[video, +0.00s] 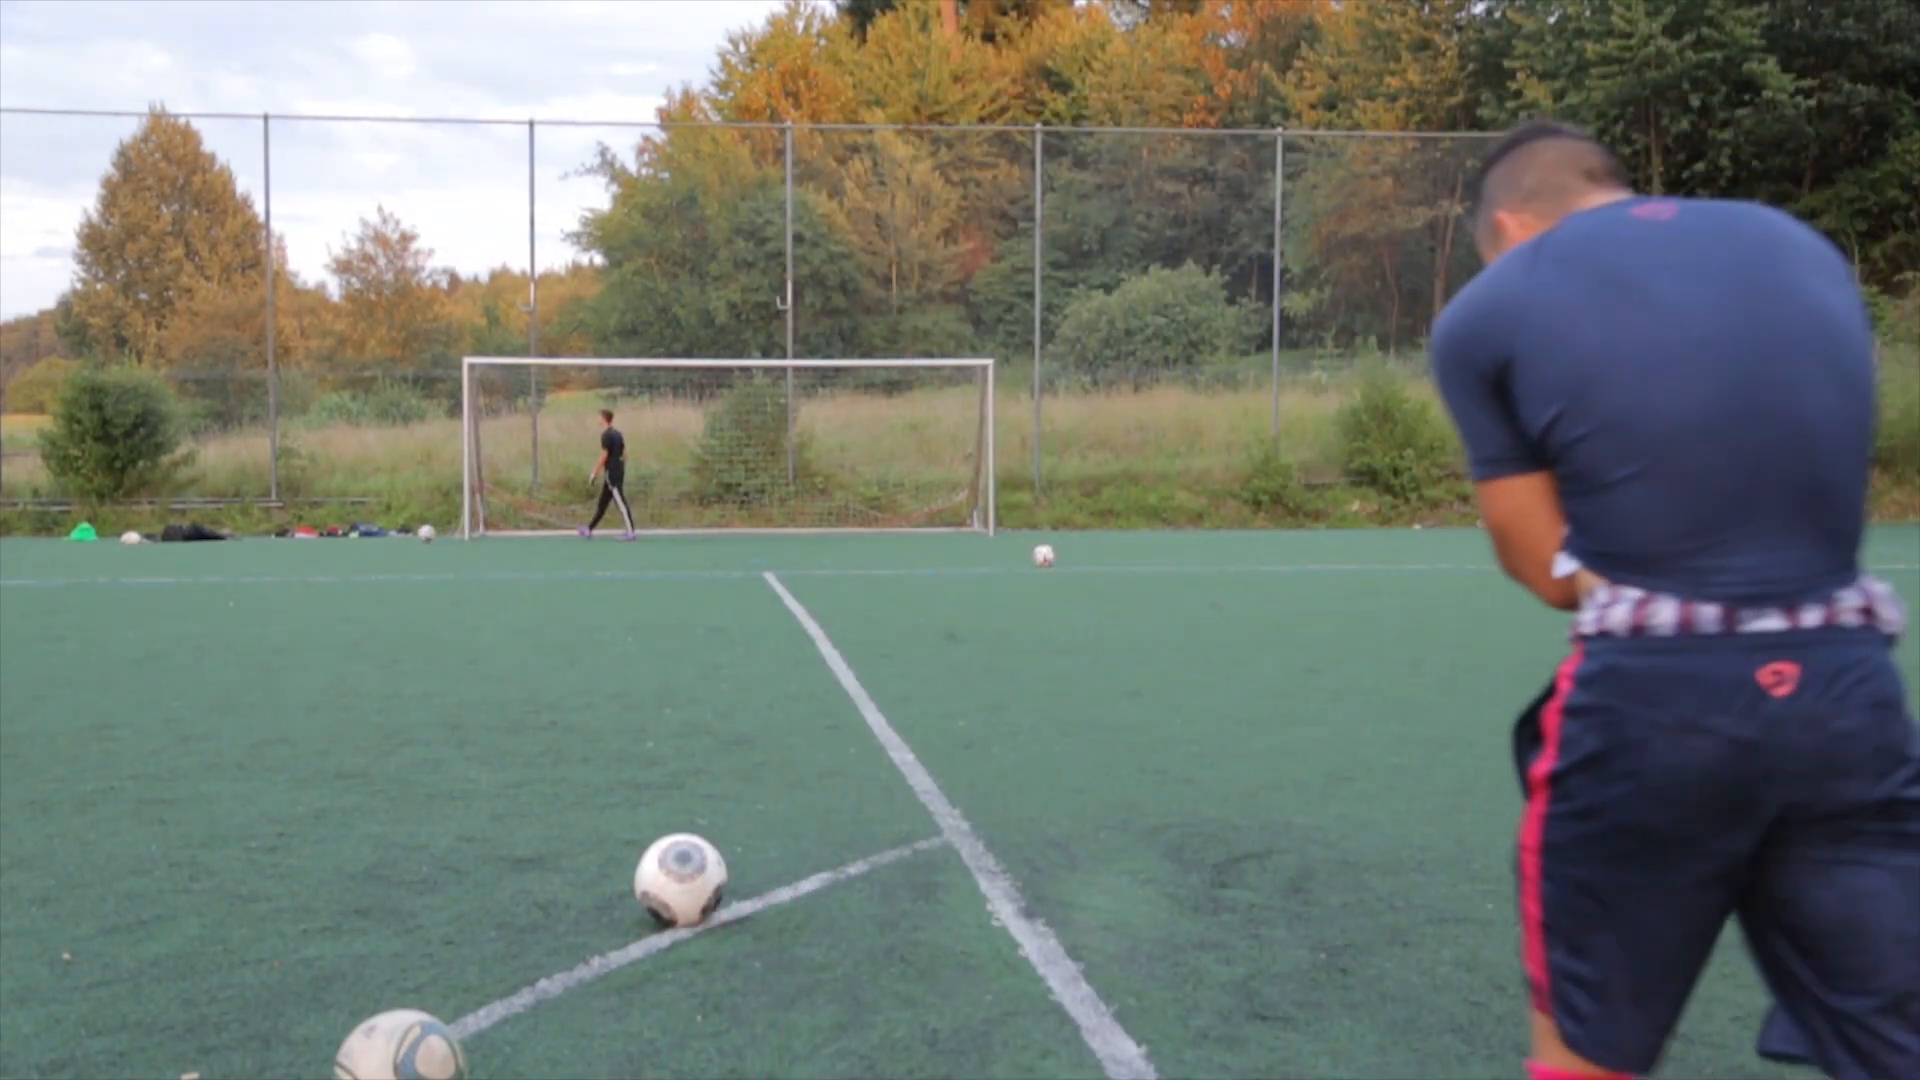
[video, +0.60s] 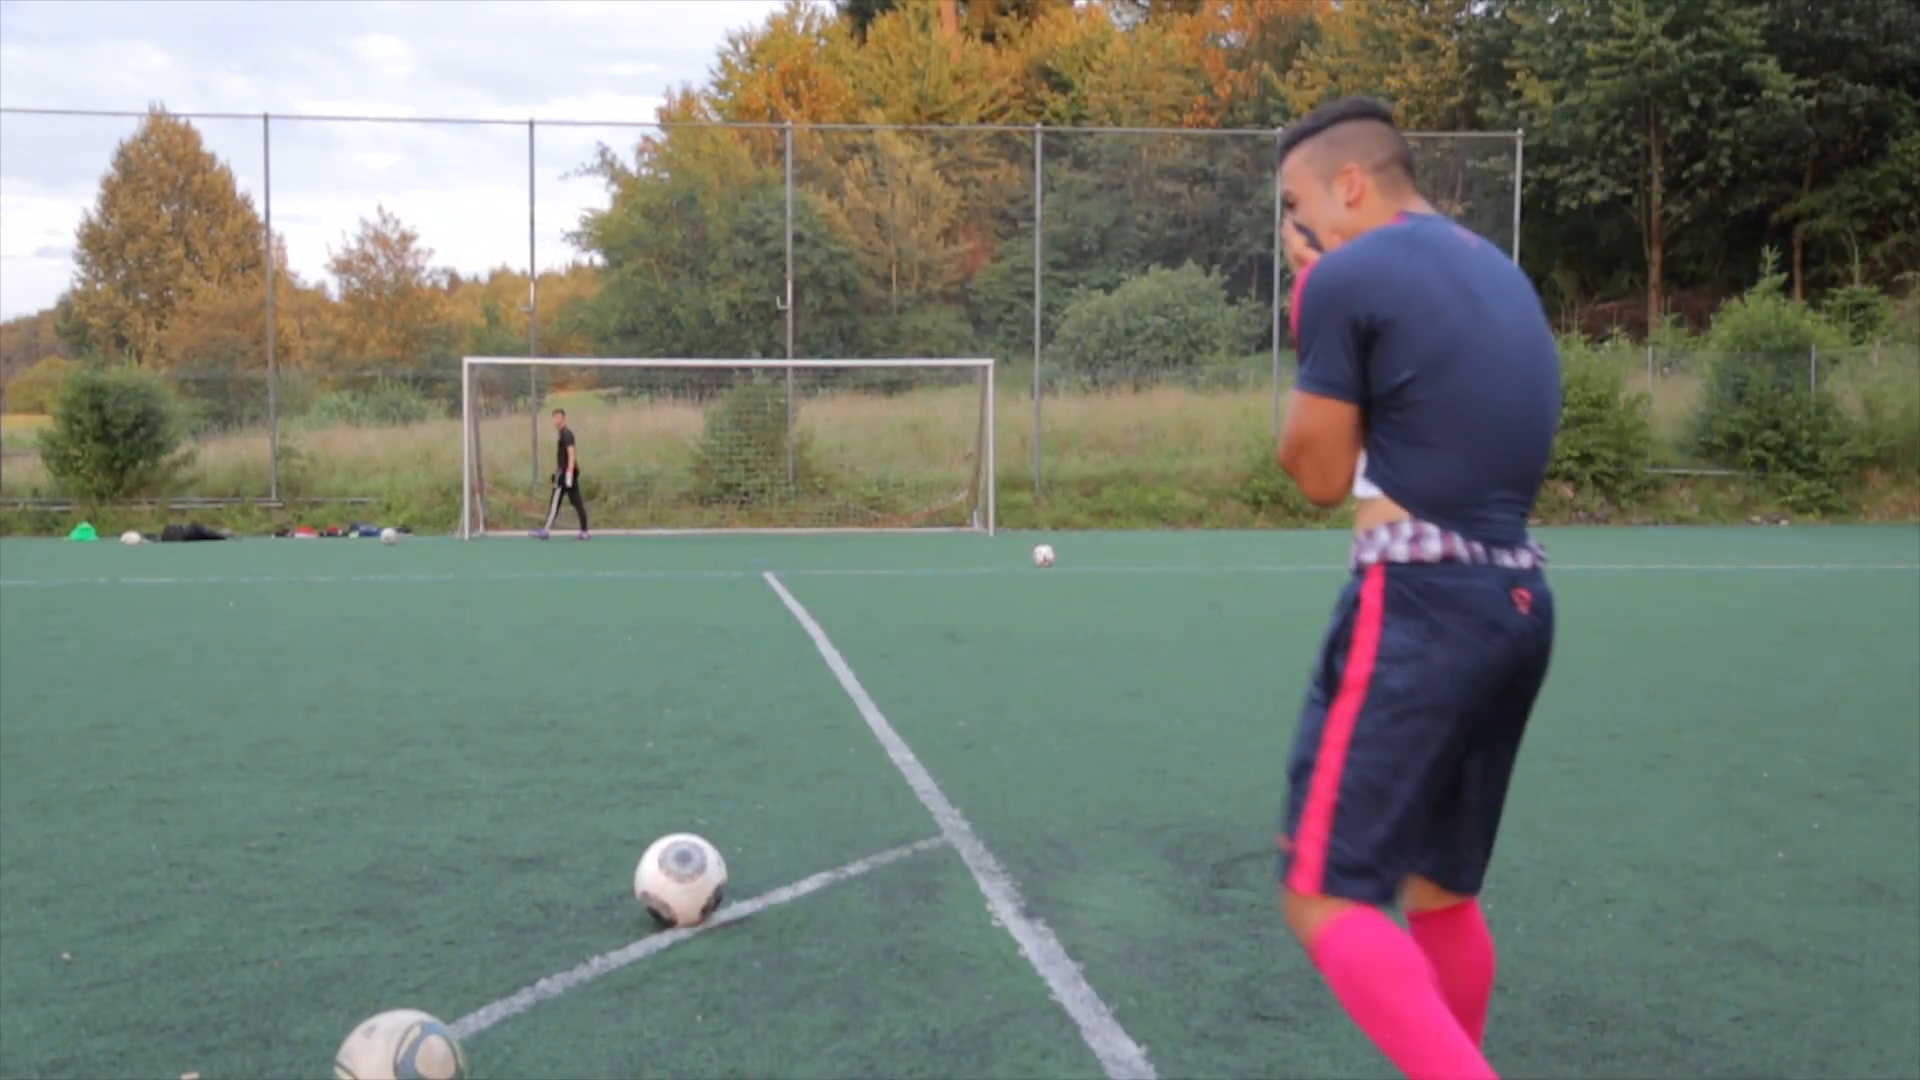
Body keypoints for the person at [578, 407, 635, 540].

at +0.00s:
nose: (599, 421)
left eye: (601, 418)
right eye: (600, 418)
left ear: (604, 419)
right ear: (611, 419)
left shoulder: (606, 435)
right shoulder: (617, 434)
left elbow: (604, 455)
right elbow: (623, 455)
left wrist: (594, 472)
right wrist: (618, 467)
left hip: (611, 469)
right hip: (618, 467)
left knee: (619, 500)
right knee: (604, 501)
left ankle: (630, 531)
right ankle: (589, 528)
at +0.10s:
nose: (591, 423)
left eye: (593, 420)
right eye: (591, 419)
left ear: (598, 420)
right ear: (601, 421)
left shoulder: (601, 435)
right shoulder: (608, 435)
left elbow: (598, 457)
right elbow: (613, 455)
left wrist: (591, 474)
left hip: (604, 471)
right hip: (607, 469)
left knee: (612, 501)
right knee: (594, 501)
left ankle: (629, 530)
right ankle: (586, 530)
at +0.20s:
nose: (583, 421)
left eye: (584, 418)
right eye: (583, 418)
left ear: (592, 418)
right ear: (592, 419)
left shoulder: (594, 435)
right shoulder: (596, 434)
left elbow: (592, 457)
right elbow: (595, 458)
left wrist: (587, 475)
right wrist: (590, 474)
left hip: (596, 475)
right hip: (596, 474)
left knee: (599, 501)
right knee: (588, 501)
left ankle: (623, 527)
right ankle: (585, 531)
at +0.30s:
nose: (577, 420)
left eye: (578, 417)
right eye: (576, 417)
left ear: (585, 417)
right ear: (583, 418)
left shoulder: (587, 434)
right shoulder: (587, 433)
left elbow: (587, 457)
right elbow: (588, 457)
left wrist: (582, 475)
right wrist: (584, 473)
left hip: (589, 471)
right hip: (590, 470)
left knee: (583, 501)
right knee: (586, 501)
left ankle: (608, 520)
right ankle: (585, 531)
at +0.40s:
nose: (569, 420)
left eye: (571, 417)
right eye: (569, 417)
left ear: (577, 416)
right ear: (573, 418)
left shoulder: (581, 432)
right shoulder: (579, 432)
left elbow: (582, 455)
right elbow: (581, 455)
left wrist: (577, 474)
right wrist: (576, 473)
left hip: (583, 470)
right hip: (582, 470)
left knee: (570, 498)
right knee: (584, 498)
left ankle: (590, 523)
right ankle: (585, 528)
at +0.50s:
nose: (562, 420)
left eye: (564, 417)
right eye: (561, 417)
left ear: (570, 417)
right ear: (564, 418)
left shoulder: (574, 433)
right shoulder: (571, 432)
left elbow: (578, 454)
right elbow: (574, 454)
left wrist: (573, 472)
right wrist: (568, 471)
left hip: (574, 470)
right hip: (576, 470)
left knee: (560, 497)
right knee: (581, 501)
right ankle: (585, 530)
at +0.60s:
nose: (555, 421)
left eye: (558, 417)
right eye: (554, 418)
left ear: (564, 418)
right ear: (554, 420)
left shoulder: (567, 434)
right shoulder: (562, 435)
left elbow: (571, 455)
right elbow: (563, 457)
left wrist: (569, 474)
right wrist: (557, 472)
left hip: (565, 472)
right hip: (567, 472)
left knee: (555, 502)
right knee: (577, 503)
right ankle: (584, 530)